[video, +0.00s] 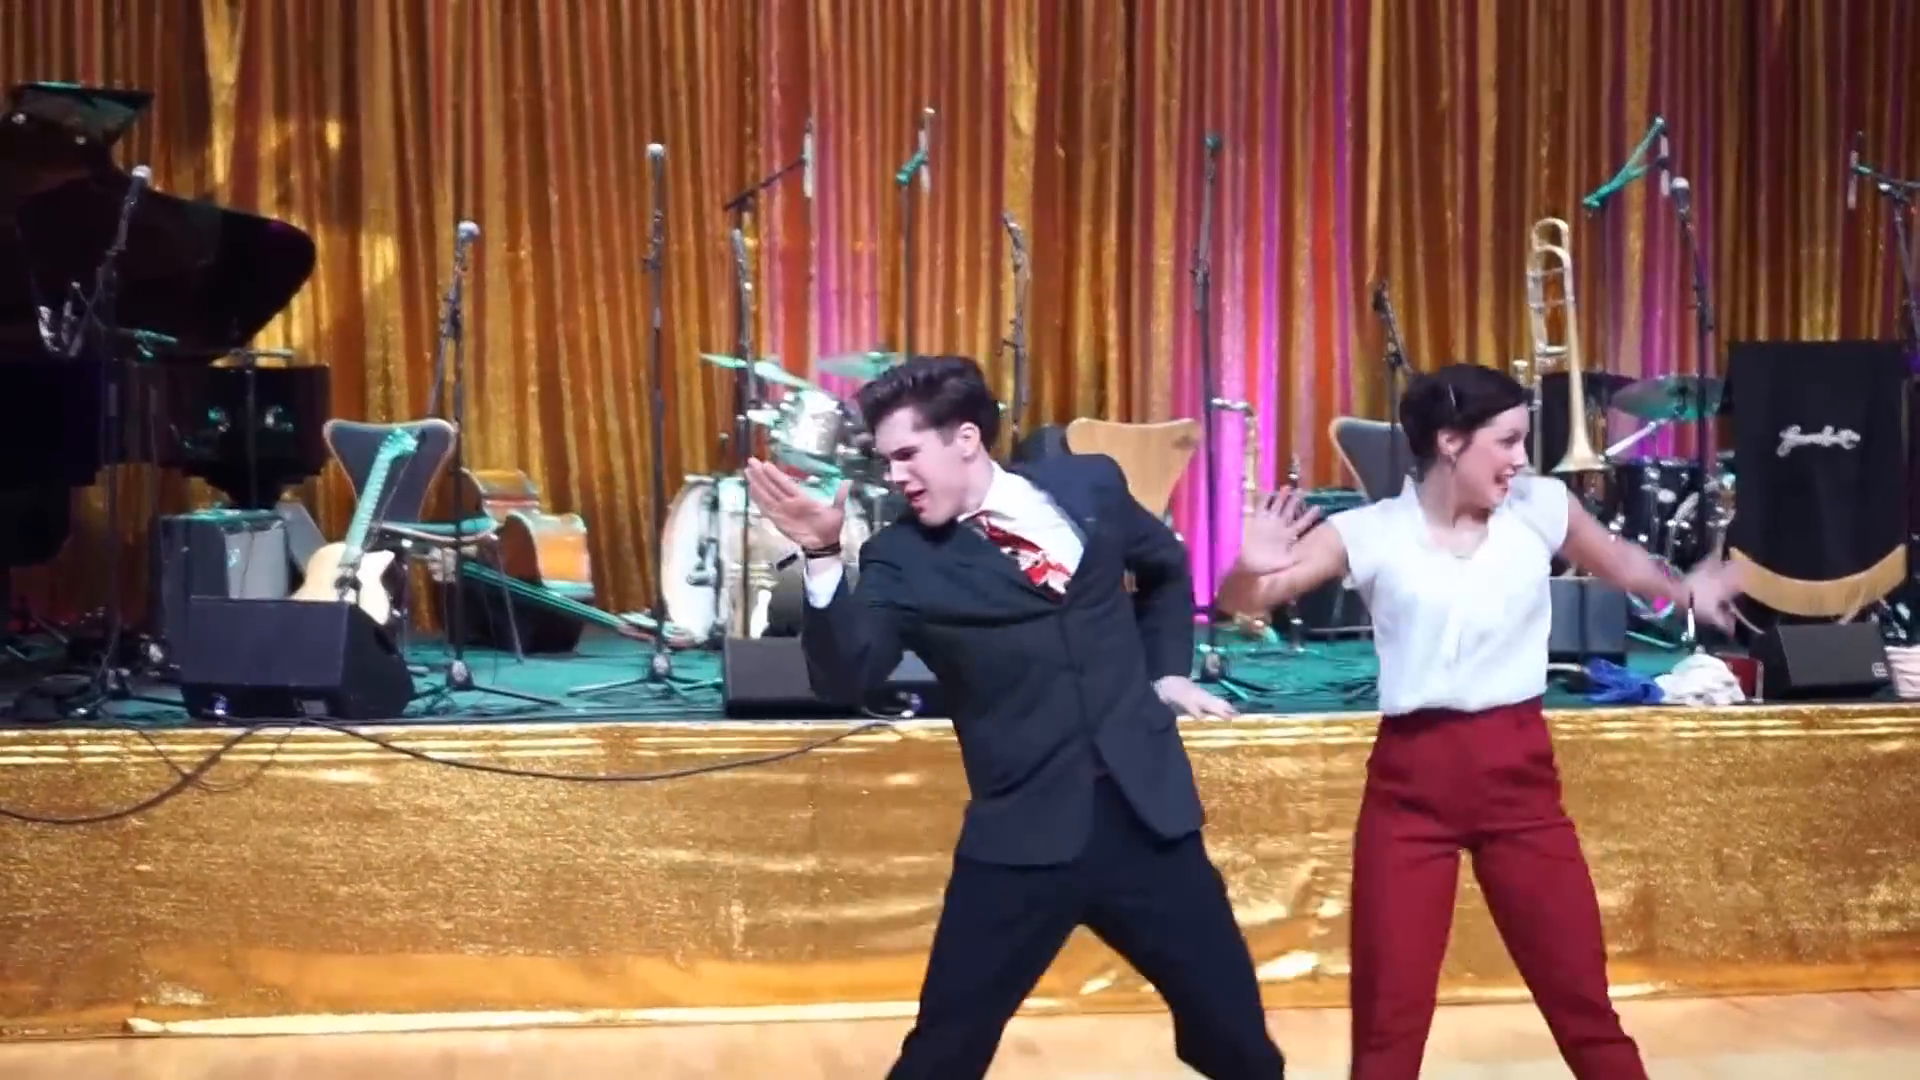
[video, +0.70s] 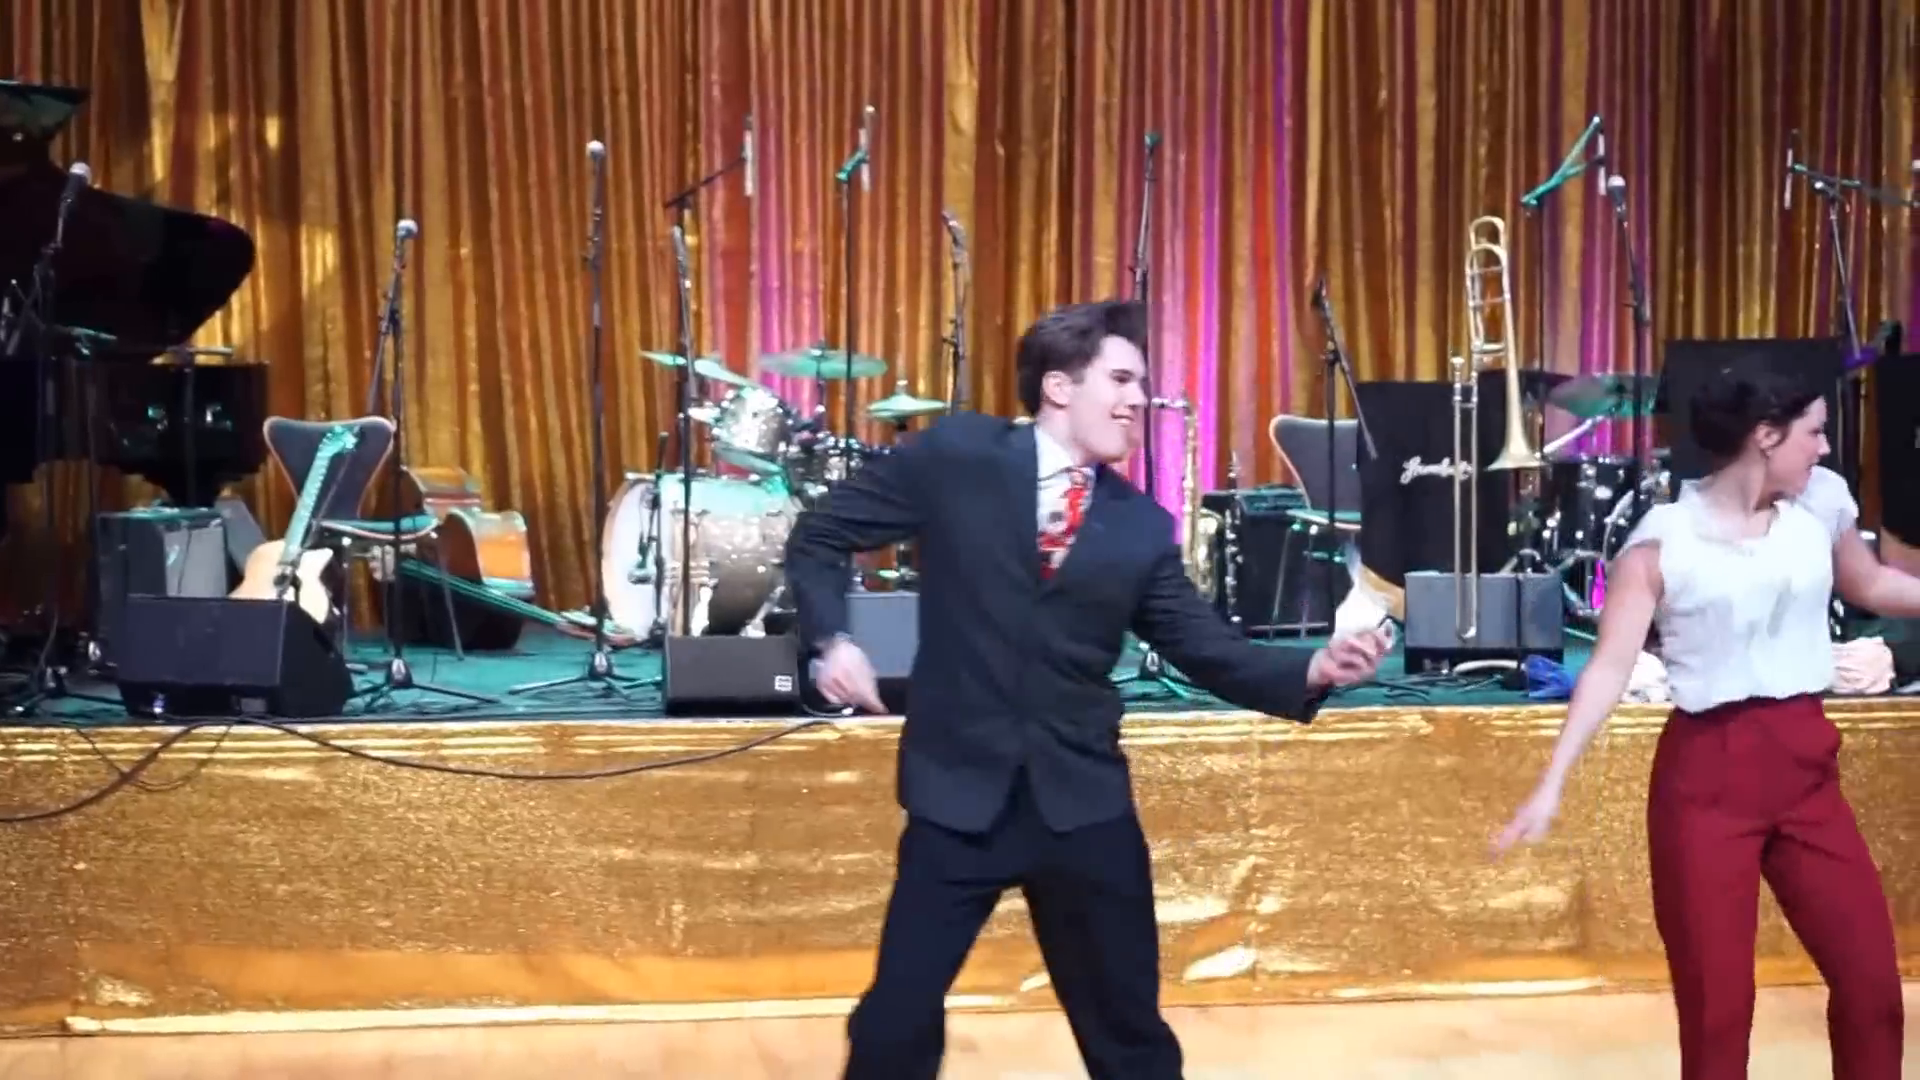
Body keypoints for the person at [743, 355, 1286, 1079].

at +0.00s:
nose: (896, 478)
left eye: (907, 454)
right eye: (885, 462)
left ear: (969, 439)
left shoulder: (1088, 484)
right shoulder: (900, 558)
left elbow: (1165, 562)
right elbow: (843, 680)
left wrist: (1171, 671)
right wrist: (823, 558)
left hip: (1149, 816)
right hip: (1020, 834)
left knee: (1240, 1050)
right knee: (944, 1055)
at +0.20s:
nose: (964, 455)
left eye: (977, 432)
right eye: (957, 438)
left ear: (1041, 420)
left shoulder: (1158, 452)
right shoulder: (974, 543)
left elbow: (1238, 516)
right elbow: (925, 682)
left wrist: (1243, 617)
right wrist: (922, 575)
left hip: (1222, 782)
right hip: (1099, 799)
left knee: (1278, 1025)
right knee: (1035, 1041)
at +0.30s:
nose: (1018, 447)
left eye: (1034, 425)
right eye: (1007, 429)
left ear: (1094, 418)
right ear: (999, 430)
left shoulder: (1194, 476)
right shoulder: (996, 531)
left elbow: (1258, 576)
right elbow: (985, 713)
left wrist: (1267, 678)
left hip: (1215, 796)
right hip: (1093, 815)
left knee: (1284, 1037)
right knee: (1092, 1051)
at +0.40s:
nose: (1129, 456)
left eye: (1144, 436)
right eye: (1109, 438)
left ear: (1168, 440)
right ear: (1074, 447)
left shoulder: (1228, 553)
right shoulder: (1022, 567)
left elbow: (1244, 700)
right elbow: (1016, 739)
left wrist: (1275, 767)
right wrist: (1099, 825)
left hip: (1214, 853)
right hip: (1089, 866)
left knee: (1279, 1056)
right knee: (1142, 1066)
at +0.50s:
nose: (1194, 447)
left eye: (1201, 429)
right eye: (1175, 428)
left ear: (1210, 438)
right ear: (1115, 444)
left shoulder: (1225, 567)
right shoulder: (1027, 546)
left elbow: (1228, 742)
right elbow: (947, 674)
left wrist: (1257, 721)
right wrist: (1015, 772)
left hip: (1181, 844)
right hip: (1056, 846)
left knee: (1257, 1059)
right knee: (1073, 1061)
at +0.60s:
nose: (1185, 404)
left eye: (1187, 388)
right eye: (1164, 386)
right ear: (1100, 397)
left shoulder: (1199, 544)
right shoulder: (1002, 473)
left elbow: (1235, 695)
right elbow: (895, 582)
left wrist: (1284, 657)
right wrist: (928, 687)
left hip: (1127, 805)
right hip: (1003, 795)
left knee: (1185, 1035)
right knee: (977, 1033)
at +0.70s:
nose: (1138, 401)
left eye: (1141, 384)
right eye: (1120, 379)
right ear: (1056, 389)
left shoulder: (1138, 528)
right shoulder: (955, 457)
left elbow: (1204, 644)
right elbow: (819, 537)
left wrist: (1314, 669)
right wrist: (832, 641)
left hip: (1083, 799)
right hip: (957, 791)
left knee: (1128, 1039)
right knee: (893, 1028)